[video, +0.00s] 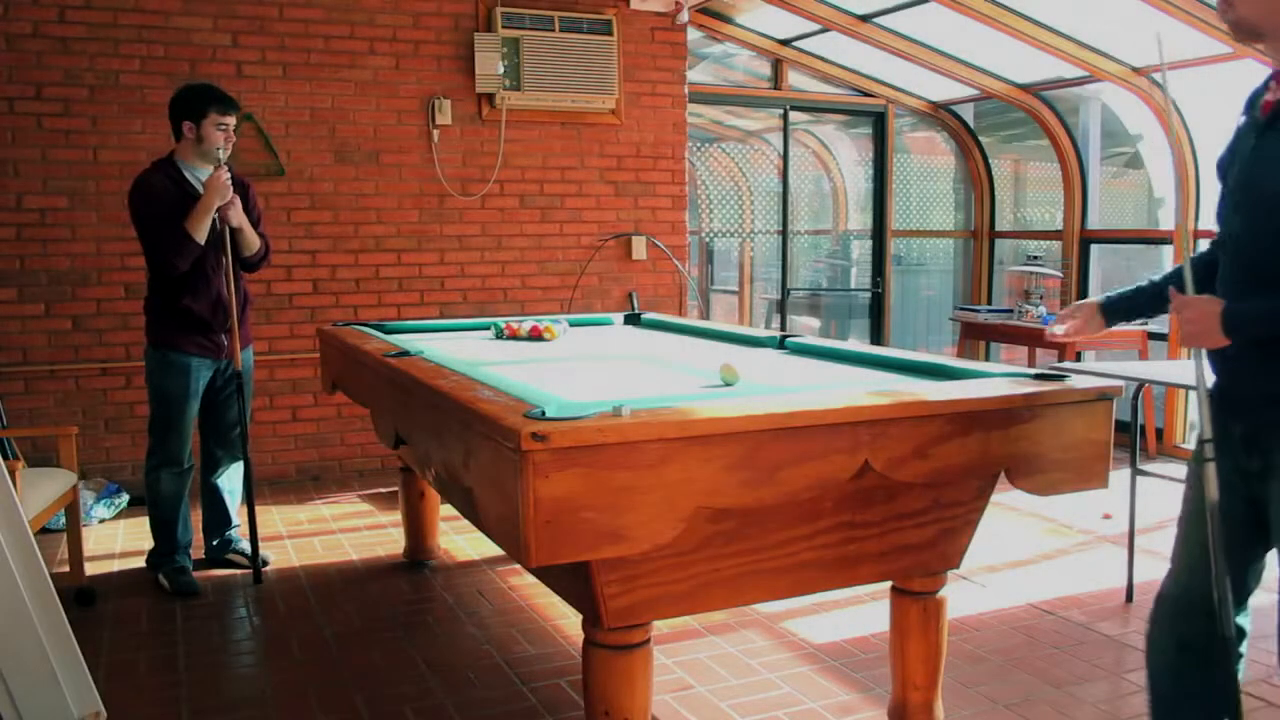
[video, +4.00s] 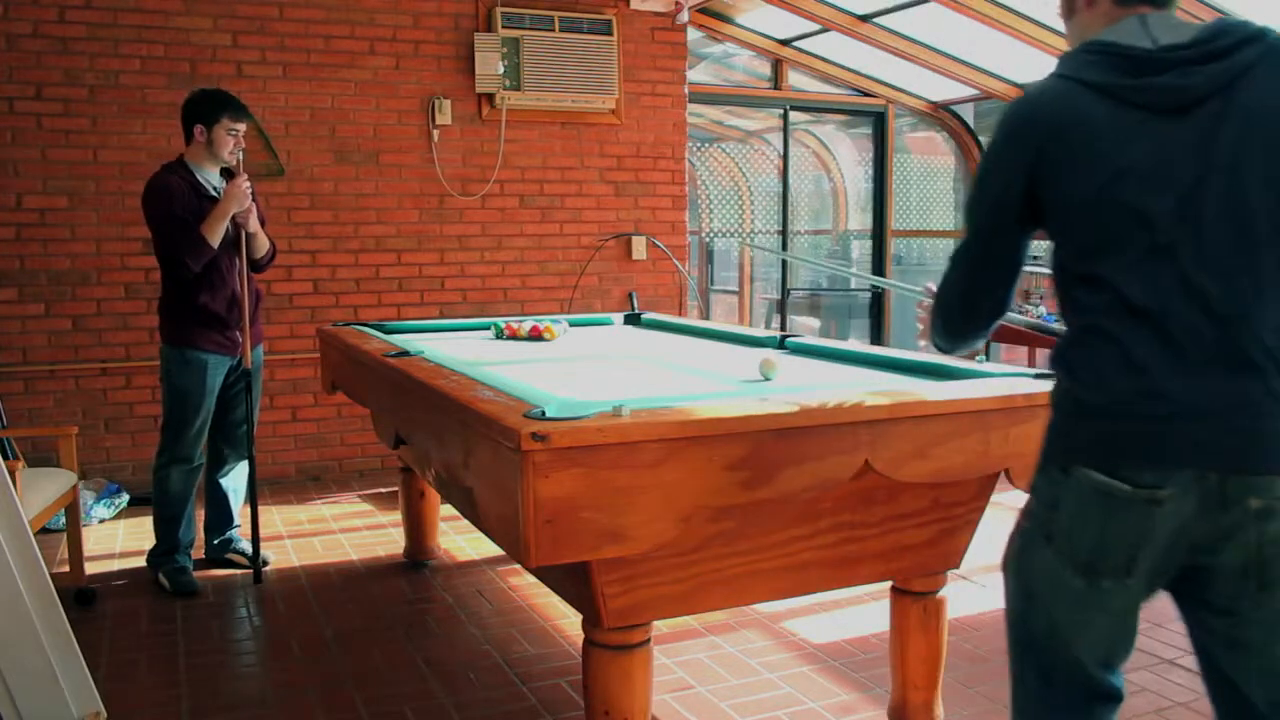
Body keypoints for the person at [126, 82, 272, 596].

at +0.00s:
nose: (229, 138)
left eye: (233, 128)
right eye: (220, 128)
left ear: (233, 132)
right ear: (187, 130)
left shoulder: (236, 185)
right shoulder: (152, 187)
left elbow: (255, 261)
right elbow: (171, 262)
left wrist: (240, 222)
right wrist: (205, 205)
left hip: (235, 338)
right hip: (180, 340)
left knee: (228, 449)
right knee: (174, 454)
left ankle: (223, 542)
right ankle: (170, 558)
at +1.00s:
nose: (226, 134)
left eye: (230, 125)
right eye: (215, 125)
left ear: (234, 130)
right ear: (183, 129)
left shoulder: (239, 185)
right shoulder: (157, 187)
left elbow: (258, 263)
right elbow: (177, 261)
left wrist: (246, 224)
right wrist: (213, 205)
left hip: (237, 338)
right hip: (184, 340)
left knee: (230, 449)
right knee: (175, 454)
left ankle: (223, 542)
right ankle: (171, 558)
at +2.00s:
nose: (224, 134)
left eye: (228, 126)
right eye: (213, 125)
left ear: (232, 131)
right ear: (182, 129)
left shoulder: (239, 186)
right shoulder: (155, 187)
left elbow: (259, 262)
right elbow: (175, 261)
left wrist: (243, 222)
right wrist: (211, 204)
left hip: (238, 339)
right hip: (183, 341)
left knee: (230, 450)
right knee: (175, 455)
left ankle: (223, 542)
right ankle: (171, 558)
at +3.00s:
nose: (223, 135)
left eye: (228, 126)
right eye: (212, 126)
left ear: (232, 131)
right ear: (181, 129)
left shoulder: (239, 186)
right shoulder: (155, 187)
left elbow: (258, 262)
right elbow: (175, 261)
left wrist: (243, 222)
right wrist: (209, 205)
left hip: (237, 339)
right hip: (182, 341)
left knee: (229, 450)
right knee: (175, 455)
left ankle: (223, 543)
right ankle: (171, 558)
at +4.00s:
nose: (240, 142)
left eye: (242, 133)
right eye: (232, 132)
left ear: (238, 138)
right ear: (200, 132)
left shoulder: (235, 185)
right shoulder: (165, 187)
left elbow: (262, 262)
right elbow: (185, 263)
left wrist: (251, 223)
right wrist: (224, 209)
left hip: (245, 337)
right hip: (195, 340)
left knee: (233, 449)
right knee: (184, 453)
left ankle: (224, 542)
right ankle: (171, 558)